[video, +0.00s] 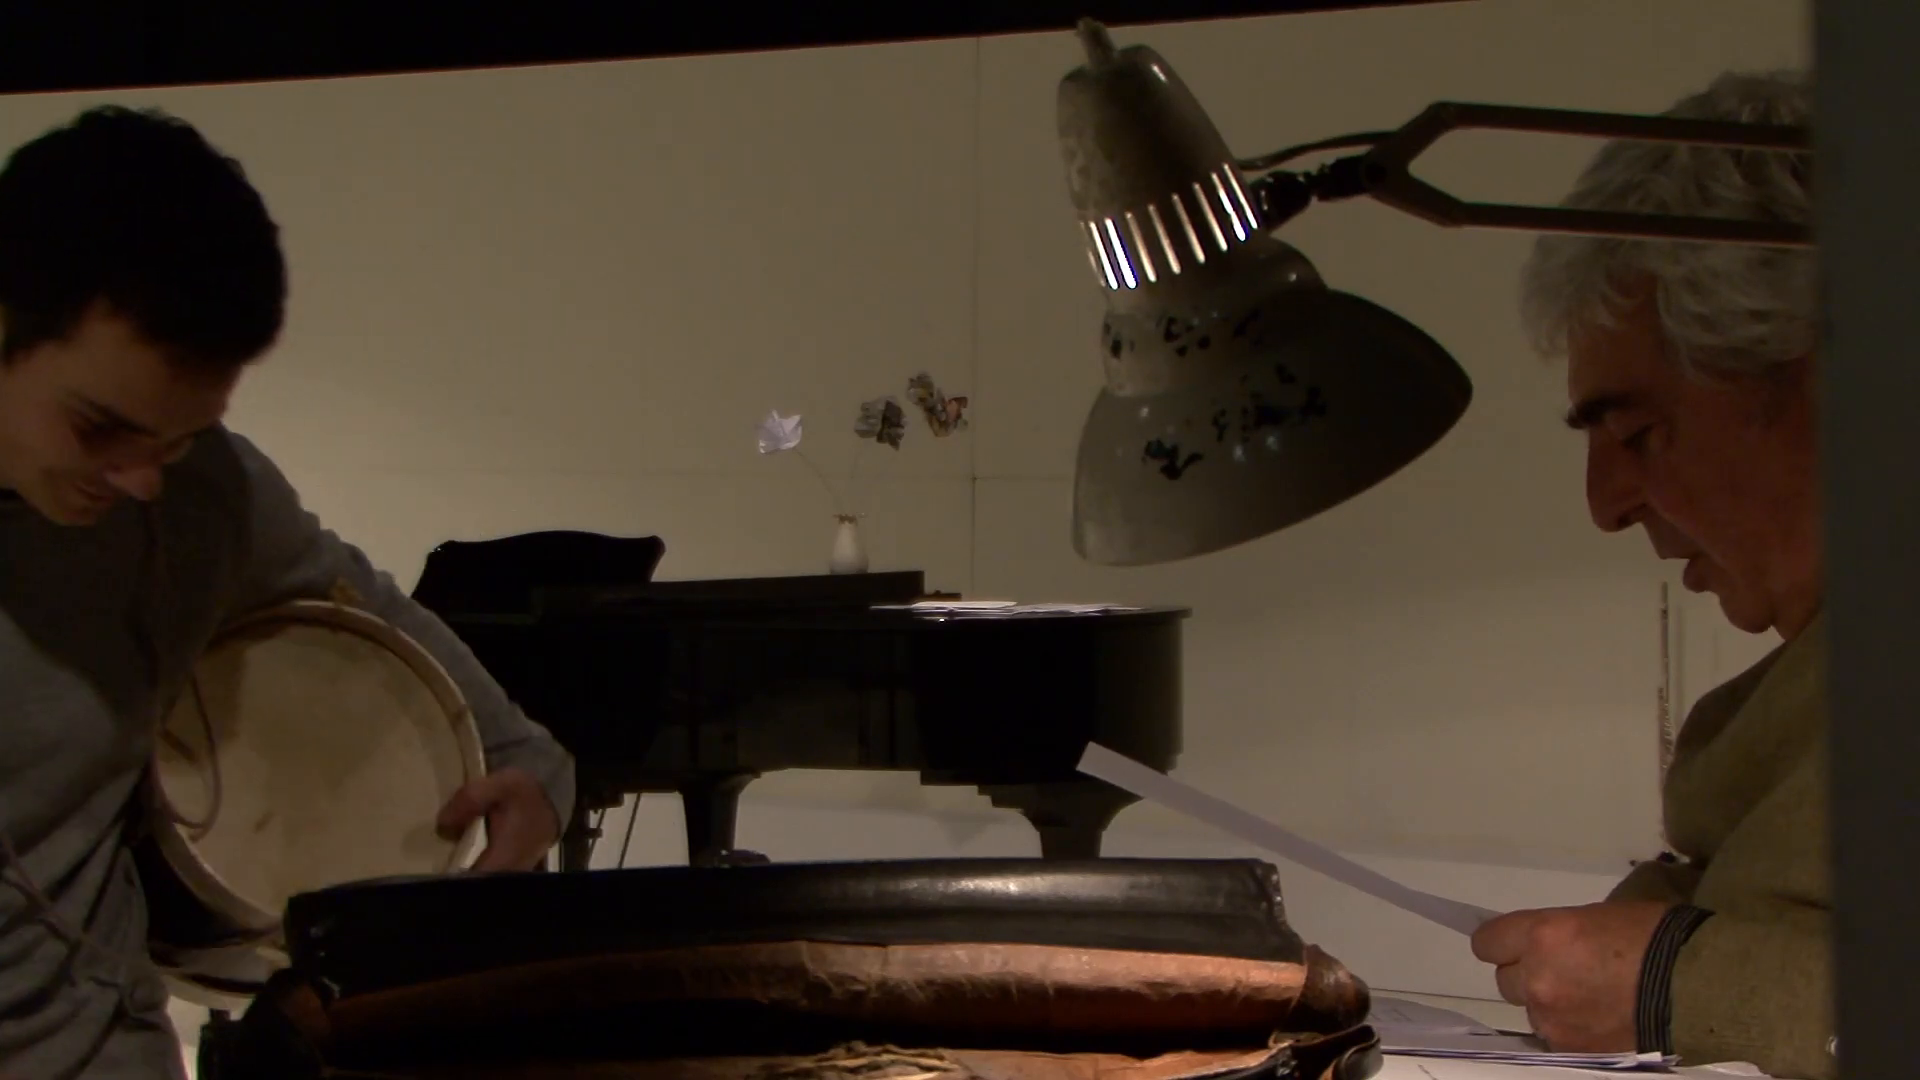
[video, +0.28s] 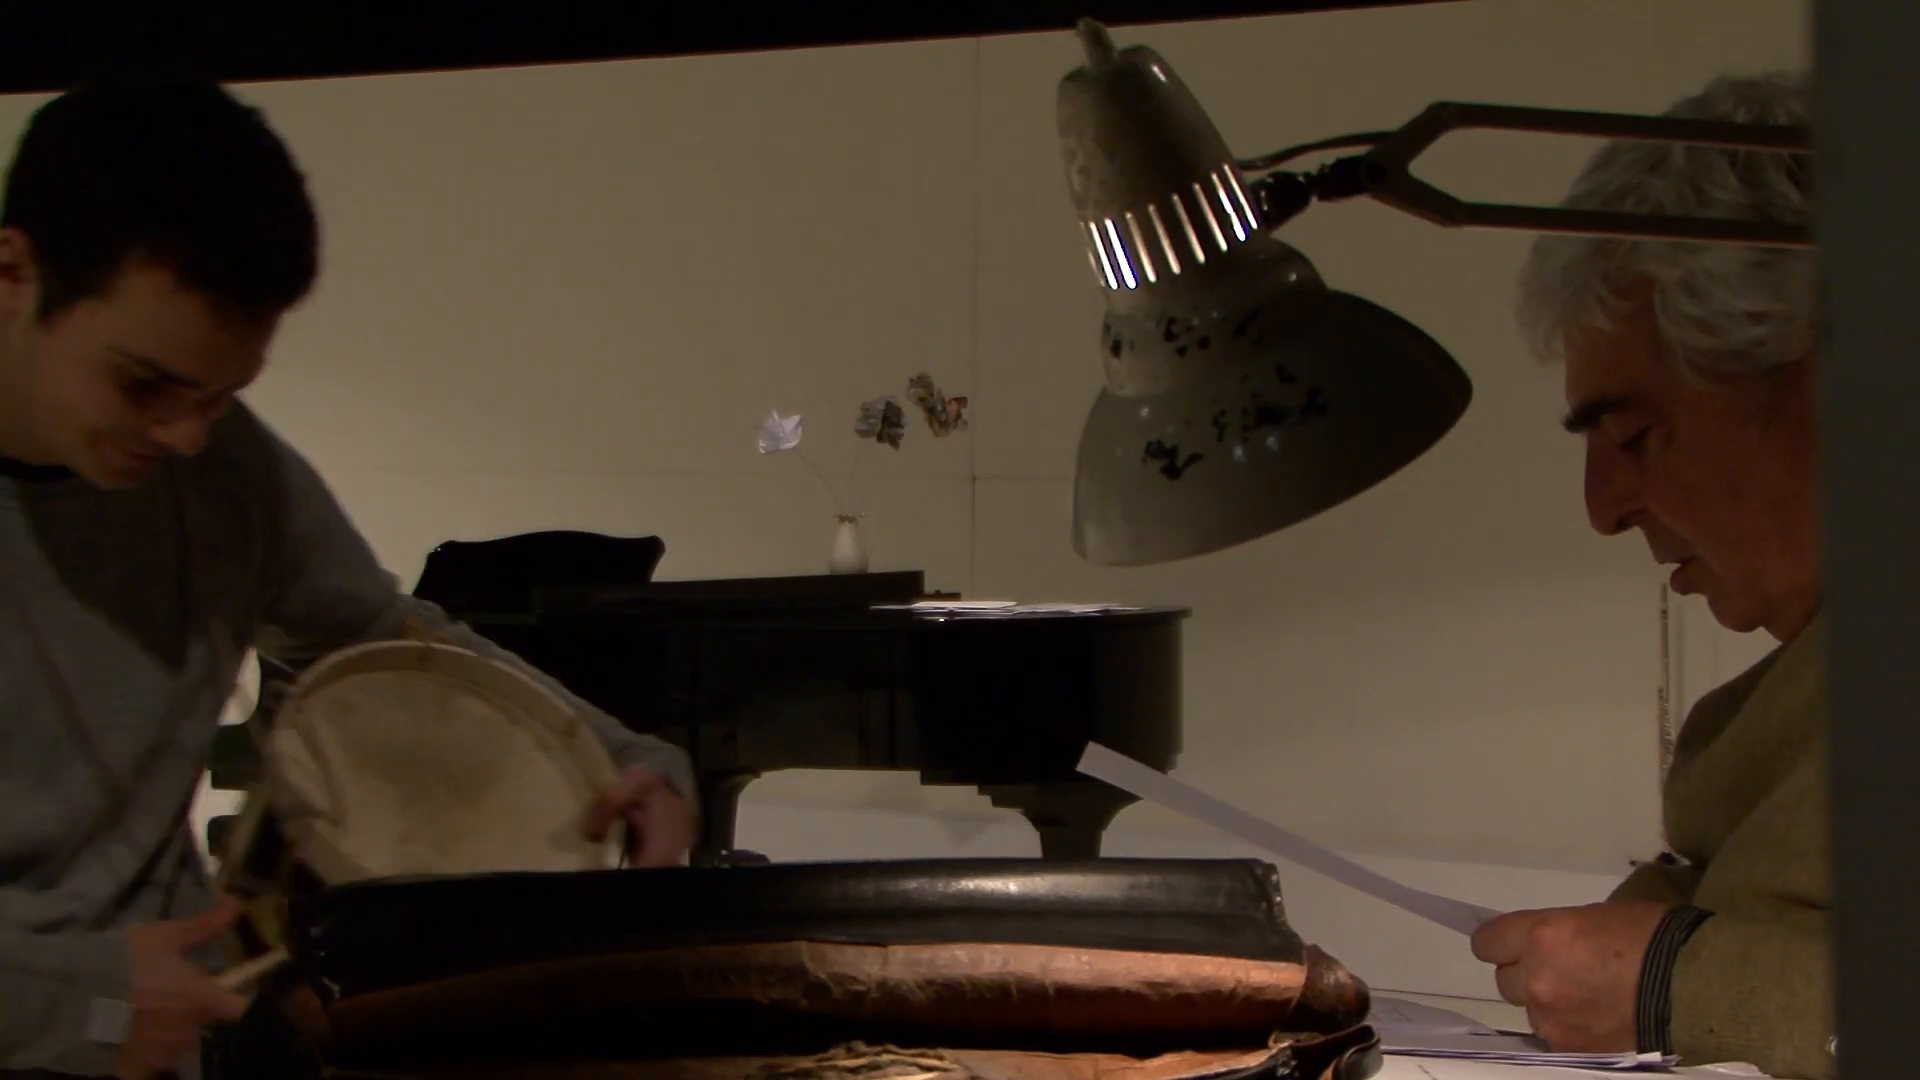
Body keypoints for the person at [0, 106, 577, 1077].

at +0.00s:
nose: (139, 481)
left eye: (179, 443)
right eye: (101, 428)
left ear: (214, 393)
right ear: (1, 335)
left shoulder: (196, 481)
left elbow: (360, 607)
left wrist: (525, 756)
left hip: (102, 1038)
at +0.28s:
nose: (186, 438)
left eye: (221, 397)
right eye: (147, 386)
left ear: (250, 348)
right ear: (15, 279)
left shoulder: (228, 467)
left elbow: (394, 641)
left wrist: (608, 760)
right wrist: (72, 996)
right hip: (22, 1036)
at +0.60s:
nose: (485, 459)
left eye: (513, 417)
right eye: (457, 405)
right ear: (319, 289)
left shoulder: (471, 498)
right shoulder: (33, 475)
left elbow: (570, 776)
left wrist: (753, 913)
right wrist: (221, 914)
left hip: (366, 1051)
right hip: (69, 1059)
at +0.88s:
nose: (589, 491)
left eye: (622, 453)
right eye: (569, 433)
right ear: (442, 309)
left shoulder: (559, 530)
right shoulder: (101, 452)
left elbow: (572, 850)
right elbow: (1, 803)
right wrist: (239, 790)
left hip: (363, 1045)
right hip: (74, 1044)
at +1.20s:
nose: (500, 448)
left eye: (526, 406)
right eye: (476, 389)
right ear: (342, 263)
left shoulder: (463, 474)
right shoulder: (29, 438)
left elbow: (502, 811)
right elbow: (12, 858)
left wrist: (580, 990)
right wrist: (232, 699)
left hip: (384, 1018)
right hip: (98, 1039)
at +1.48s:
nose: (371, 553)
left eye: (398, 520)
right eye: (328, 512)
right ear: (233, 393)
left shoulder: (394, 465)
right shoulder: (29, 383)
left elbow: (463, 766)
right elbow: (12, 707)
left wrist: (547, 957)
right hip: (93, 1036)